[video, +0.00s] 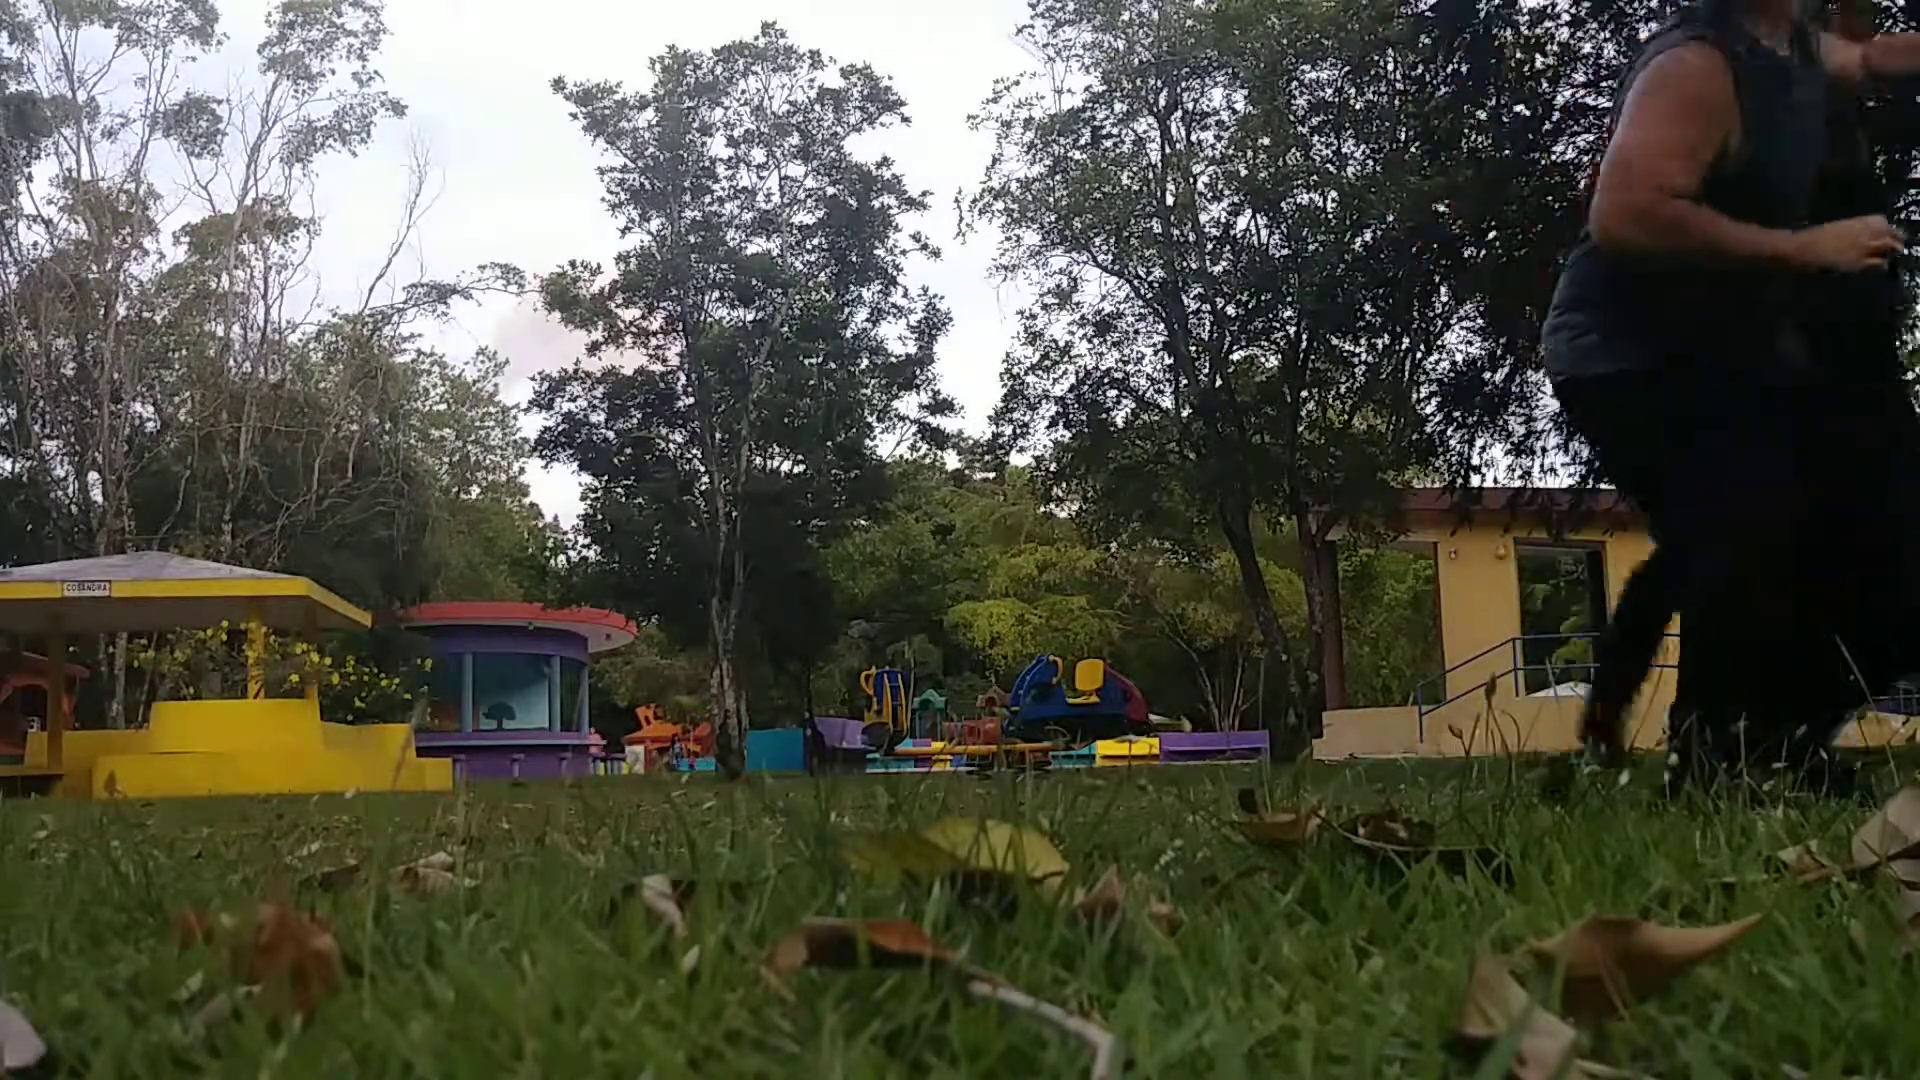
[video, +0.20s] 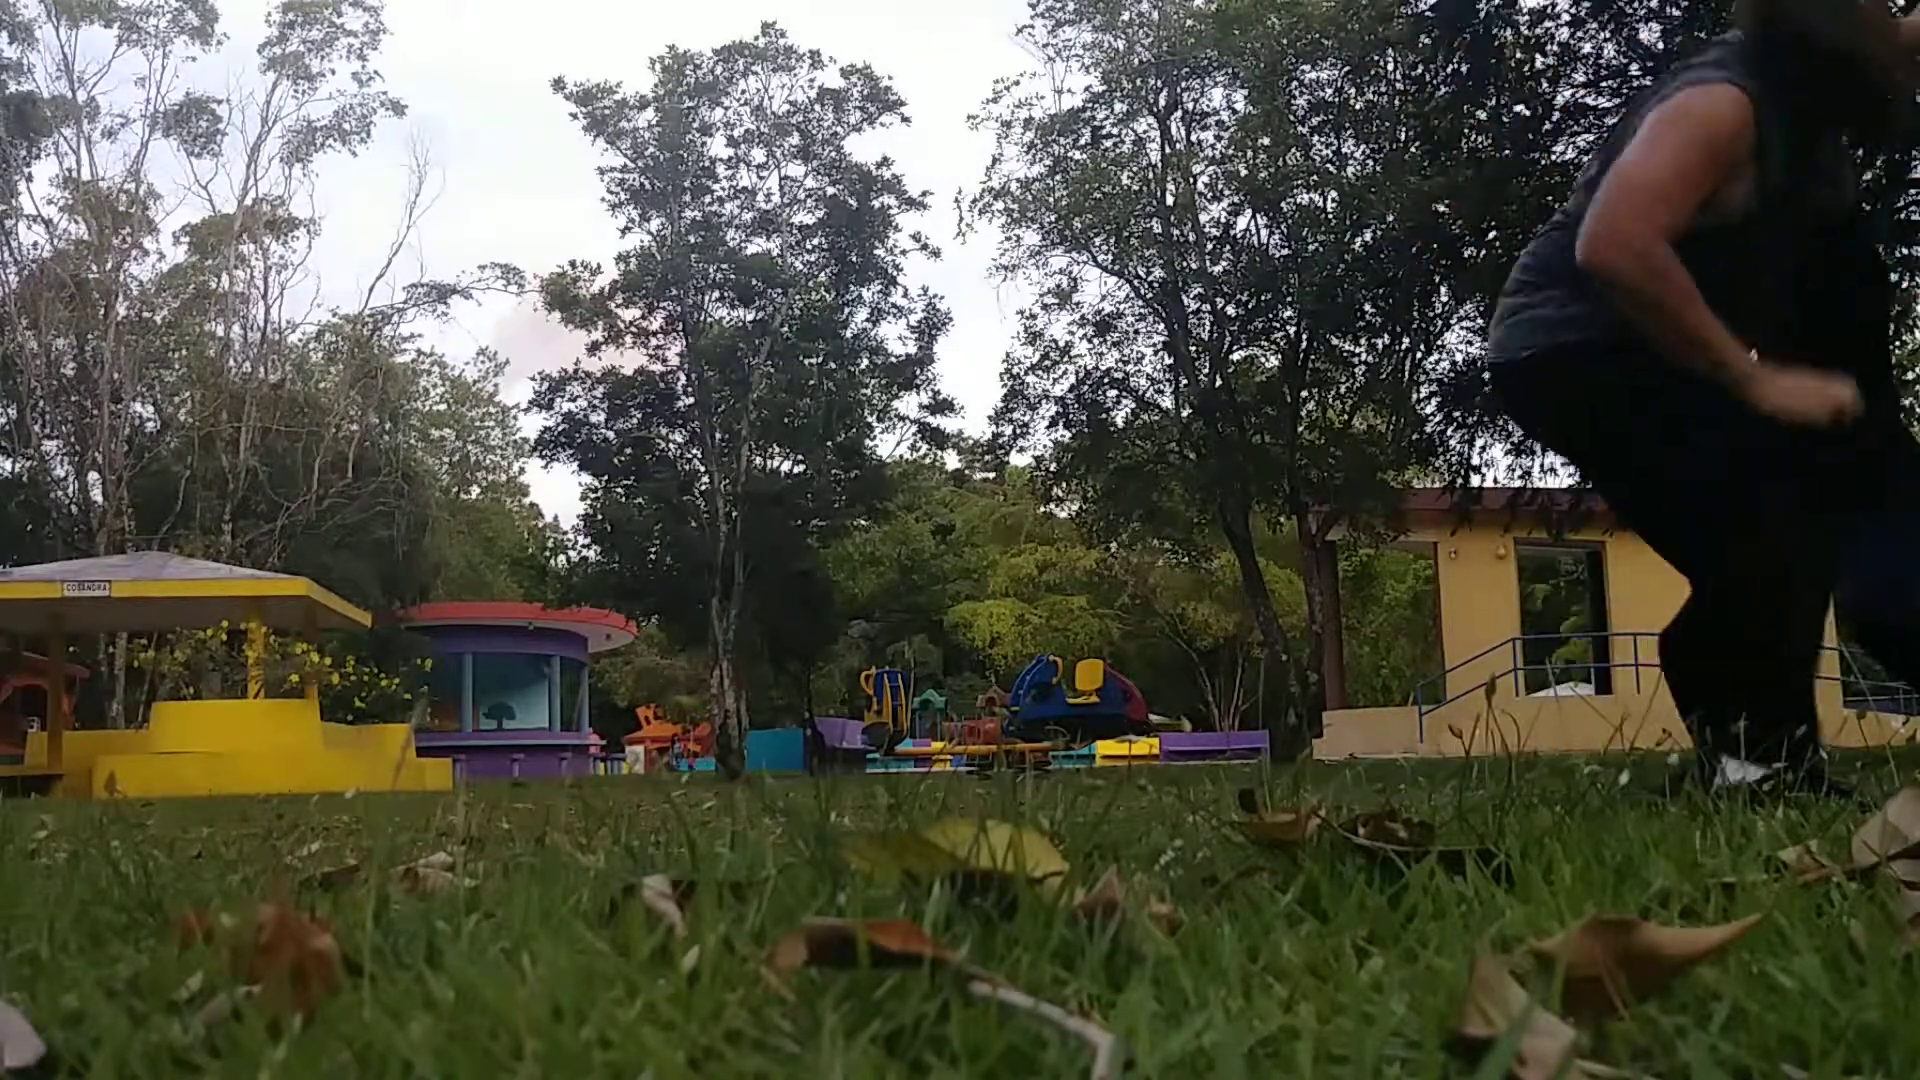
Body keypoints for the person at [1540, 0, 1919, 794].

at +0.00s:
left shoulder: (1798, 50)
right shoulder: (1695, 63)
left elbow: (1871, 59)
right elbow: (1625, 211)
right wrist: (1797, 243)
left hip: (1719, 343)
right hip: (1626, 351)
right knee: (1724, 530)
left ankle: (1783, 745)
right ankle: (1711, 759)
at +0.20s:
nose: (1908, 29)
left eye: (1901, 12)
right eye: (1891, 11)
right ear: (1832, 26)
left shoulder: (1805, 122)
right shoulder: (1722, 100)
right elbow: (1614, 245)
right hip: (1570, 345)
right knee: (1758, 522)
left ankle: (1767, 753)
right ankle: (1752, 756)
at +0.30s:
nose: (1870, 88)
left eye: (1872, 67)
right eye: (1862, 68)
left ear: (1784, 48)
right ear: (1814, 62)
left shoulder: (1793, 124)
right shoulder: (1718, 136)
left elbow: (1891, 55)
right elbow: (1626, 284)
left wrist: (1898, 51)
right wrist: (1761, 439)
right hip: (1546, 373)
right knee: (1759, 521)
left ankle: (1679, 748)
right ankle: (1768, 754)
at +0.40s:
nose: (1852, 93)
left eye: (1856, 77)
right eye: (1845, 75)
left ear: (1759, 63)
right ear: (1799, 72)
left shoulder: (1751, 142)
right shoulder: (1706, 150)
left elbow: (1843, 138)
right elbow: (1627, 306)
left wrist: (1888, 121)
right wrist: (1768, 456)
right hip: (1526, 399)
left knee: (1666, 540)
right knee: (1767, 518)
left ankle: (1559, 735)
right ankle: (1782, 755)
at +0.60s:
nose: (1750, 143)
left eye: (1747, 126)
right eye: (1738, 124)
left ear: (1627, 128)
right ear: (1710, 127)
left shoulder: (1566, 218)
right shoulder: (1685, 200)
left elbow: (1480, 312)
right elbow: (1739, 362)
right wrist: (1885, 442)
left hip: (1456, 521)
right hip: (1565, 493)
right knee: (1836, 509)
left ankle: (1560, 767)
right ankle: (1789, 761)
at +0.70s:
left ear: (1496, 184)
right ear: (1593, 170)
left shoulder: (1444, 293)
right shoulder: (1657, 256)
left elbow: (1363, 440)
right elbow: (1774, 370)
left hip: (1502, 580)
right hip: (1651, 550)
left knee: (1488, 628)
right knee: (1881, 555)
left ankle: (1574, 745)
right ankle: (1796, 746)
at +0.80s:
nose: (1512, 208)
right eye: (1498, 197)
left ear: (1389, 246)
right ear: (1488, 218)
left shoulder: (1358, 359)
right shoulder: (1560, 300)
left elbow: (1315, 531)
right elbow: (1682, 382)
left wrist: (1265, 688)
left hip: (1544, 610)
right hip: (1691, 557)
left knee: (1416, 673)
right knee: (1872, 608)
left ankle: (1622, 755)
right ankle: (1899, 677)